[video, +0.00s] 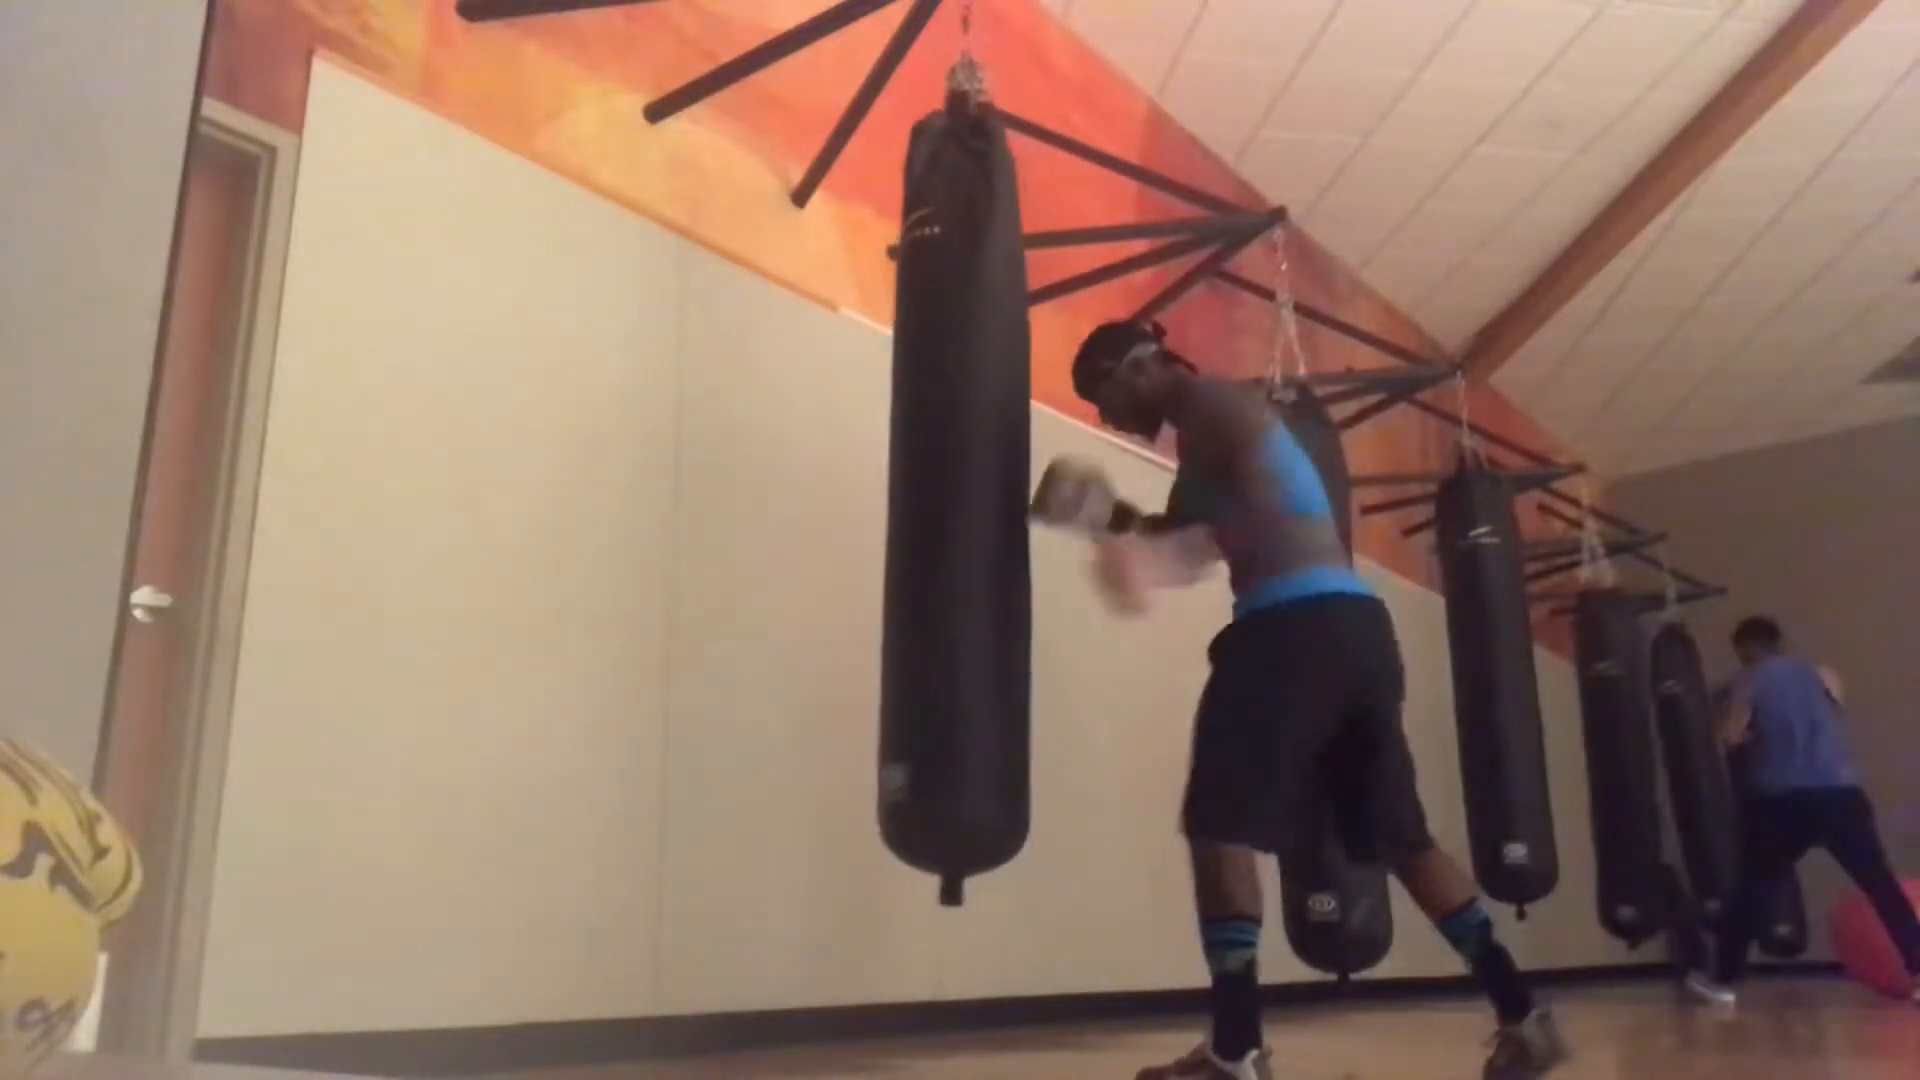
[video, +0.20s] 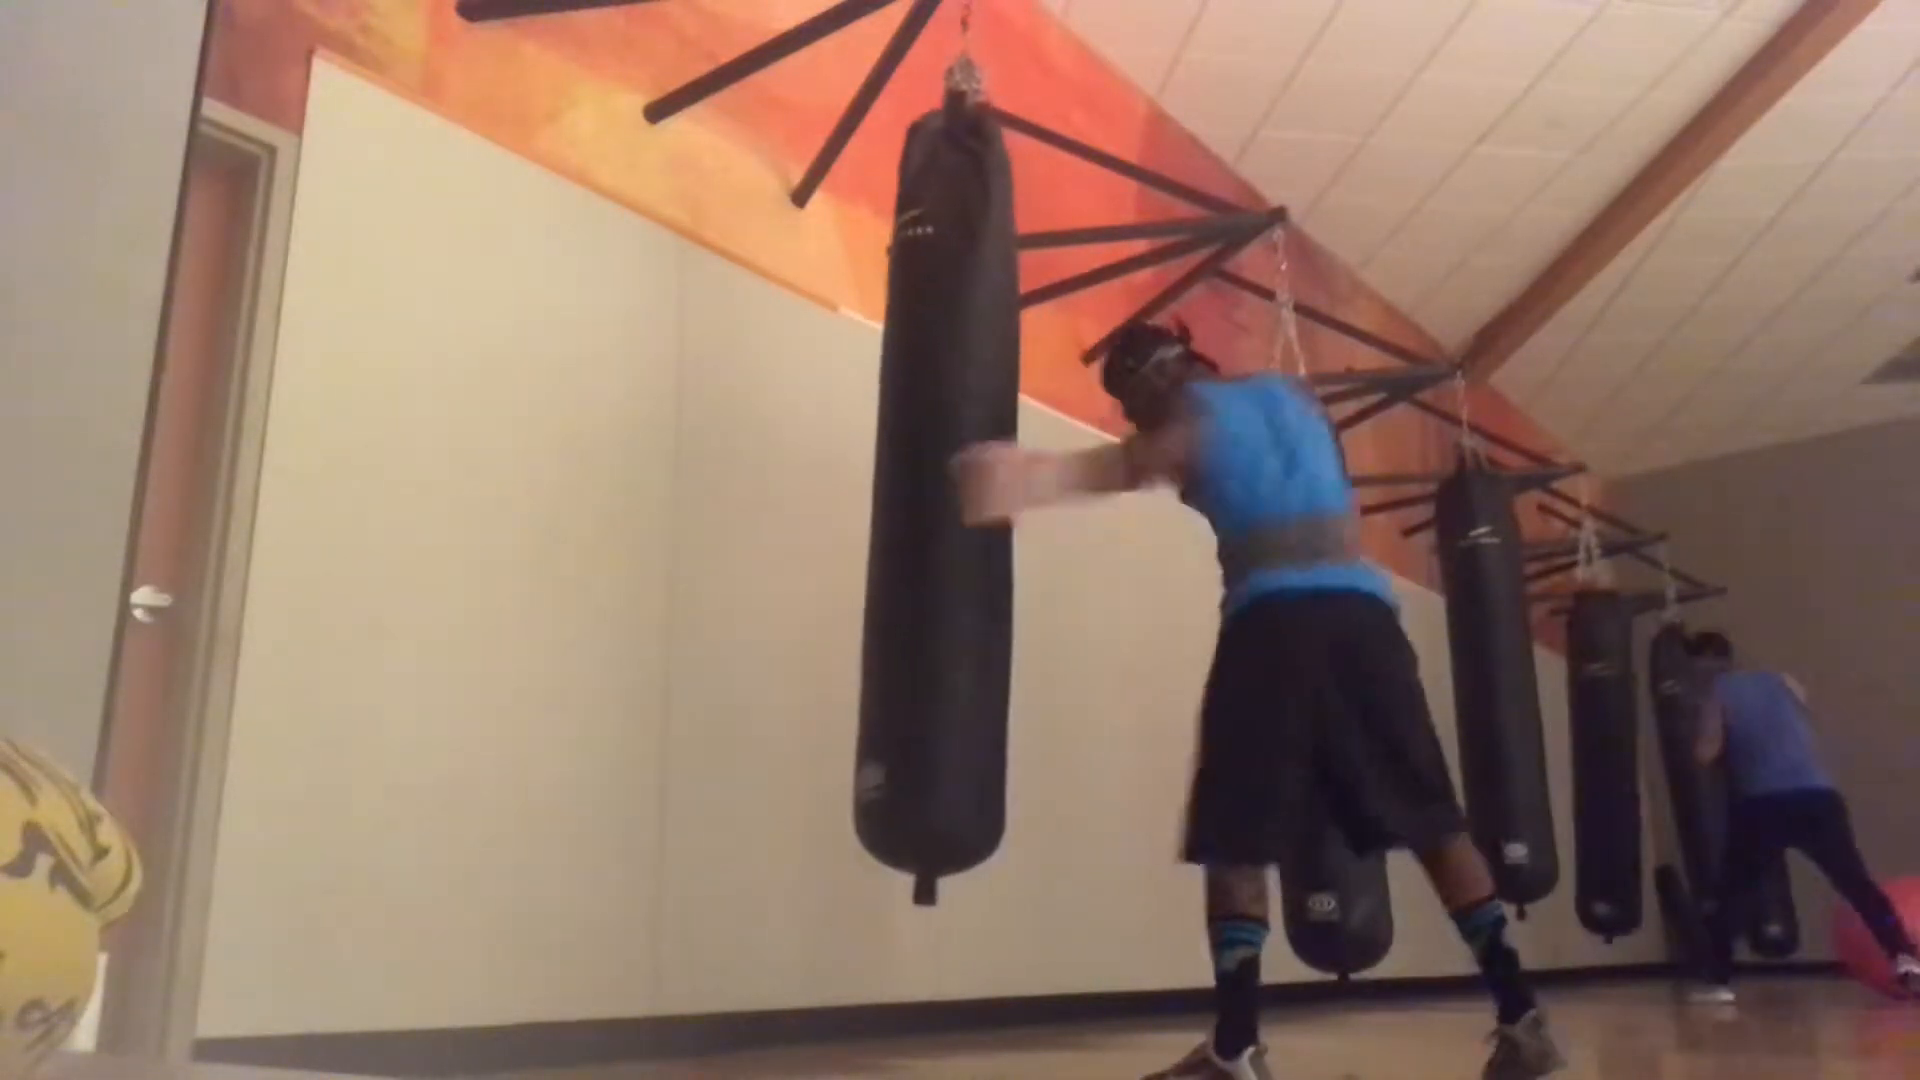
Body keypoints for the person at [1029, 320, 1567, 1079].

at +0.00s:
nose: (1112, 418)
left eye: (1108, 396)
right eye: (1102, 406)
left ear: (1146, 359)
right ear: (1153, 360)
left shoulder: (1210, 406)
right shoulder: (1242, 414)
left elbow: (1202, 531)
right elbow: (1199, 542)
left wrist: (1115, 520)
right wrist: (1120, 537)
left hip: (1281, 642)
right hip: (1358, 634)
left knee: (1219, 830)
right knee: (1402, 836)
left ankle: (1235, 1048)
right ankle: (1522, 1015)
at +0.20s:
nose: (1136, 423)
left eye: (1134, 406)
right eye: (1131, 409)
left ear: (1150, 383)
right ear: (1195, 362)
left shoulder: (1188, 420)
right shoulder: (1295, 399)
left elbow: (1108, 466)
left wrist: (1019, 475)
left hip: (1270, 639)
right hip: (1366, 632)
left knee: (1236, 842)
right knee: (1434, 820)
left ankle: (1234, 1047)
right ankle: (1524, 1020)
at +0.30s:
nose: (1150, 412)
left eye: (1147, 400)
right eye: (1143, 402)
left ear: (1166, 378)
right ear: (1213, 358)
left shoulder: (1189, 404)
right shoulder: (1309, 395)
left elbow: (1137, 483)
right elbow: (1339, 491)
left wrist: (1052, 494)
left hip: (1276, 624)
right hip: (1370, 615)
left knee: (1240, 832)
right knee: (1420, 820)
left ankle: (1235, 1045)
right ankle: (1510, 1024)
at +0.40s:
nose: (1182, 423)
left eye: (1176, 406)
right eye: (1175, 412)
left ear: (1192, 375)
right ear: (1230, 354)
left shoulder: (1231, 394)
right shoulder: (1326, 403)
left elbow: (1229, 478)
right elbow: (1290, 512)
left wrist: (1167, 483)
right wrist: (1196, 496)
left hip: (1284, 628)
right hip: (1375, 627)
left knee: (1242, 834)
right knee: (1417, 832)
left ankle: (1234, 1045)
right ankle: (1511, 1032)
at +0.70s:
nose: (1198, 399)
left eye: (1195, 383)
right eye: (1194, 389)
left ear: (1219, 356)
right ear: (1258, 341)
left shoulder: (1252, 375)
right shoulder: (1343, 403)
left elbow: (1190, 450)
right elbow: (1270, 511)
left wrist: (1096, 462)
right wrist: (1176, 488)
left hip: (1306, 620)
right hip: (1399, 619)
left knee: (1236, 812)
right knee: (1433, 826)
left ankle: (1254, 1032)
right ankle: (1515, 1033)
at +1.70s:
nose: (1174, 398)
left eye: (1172, 381)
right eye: (1169, 387)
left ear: (1203, 345)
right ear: (1222, 337)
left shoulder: (1253, 370)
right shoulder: (1290, 404)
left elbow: (1181, 449)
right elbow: (1280, 542)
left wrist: (1092, 446)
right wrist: (1194, 518)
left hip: (1308, 629)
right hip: (1369, 624)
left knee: (1287, 838)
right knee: (1391, 836)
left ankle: (1324, 1047)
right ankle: (1520, 983)